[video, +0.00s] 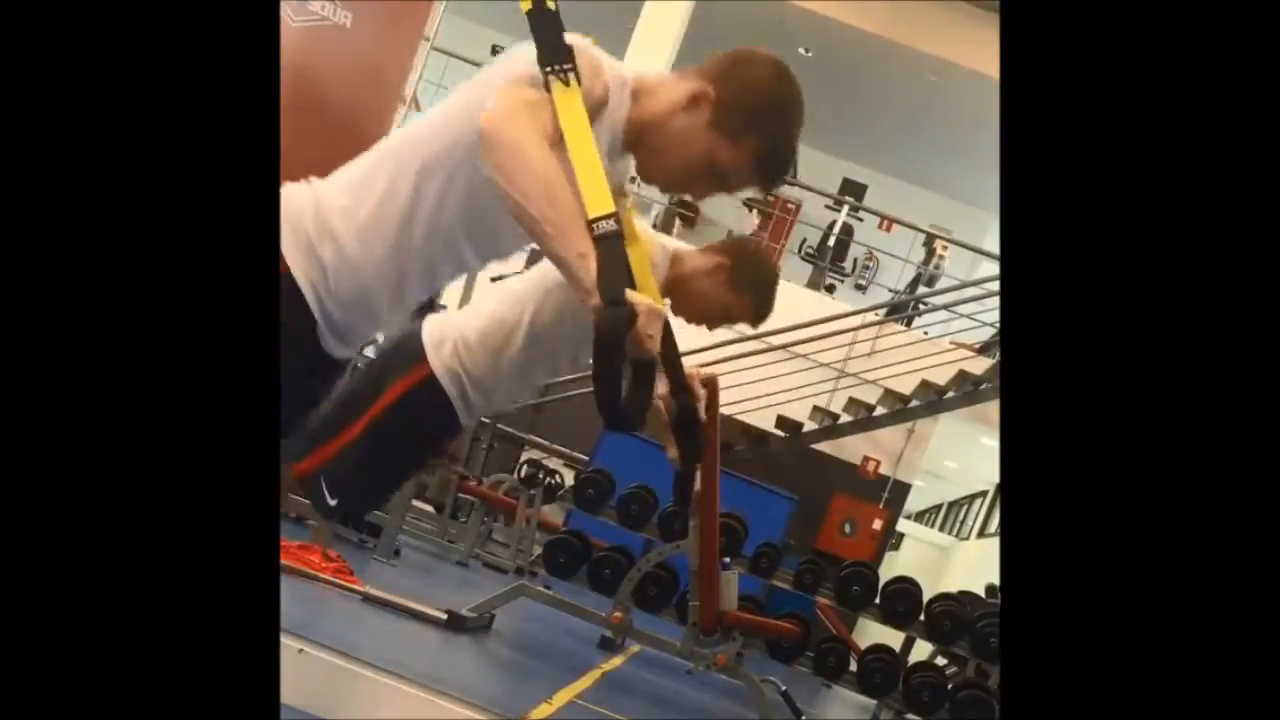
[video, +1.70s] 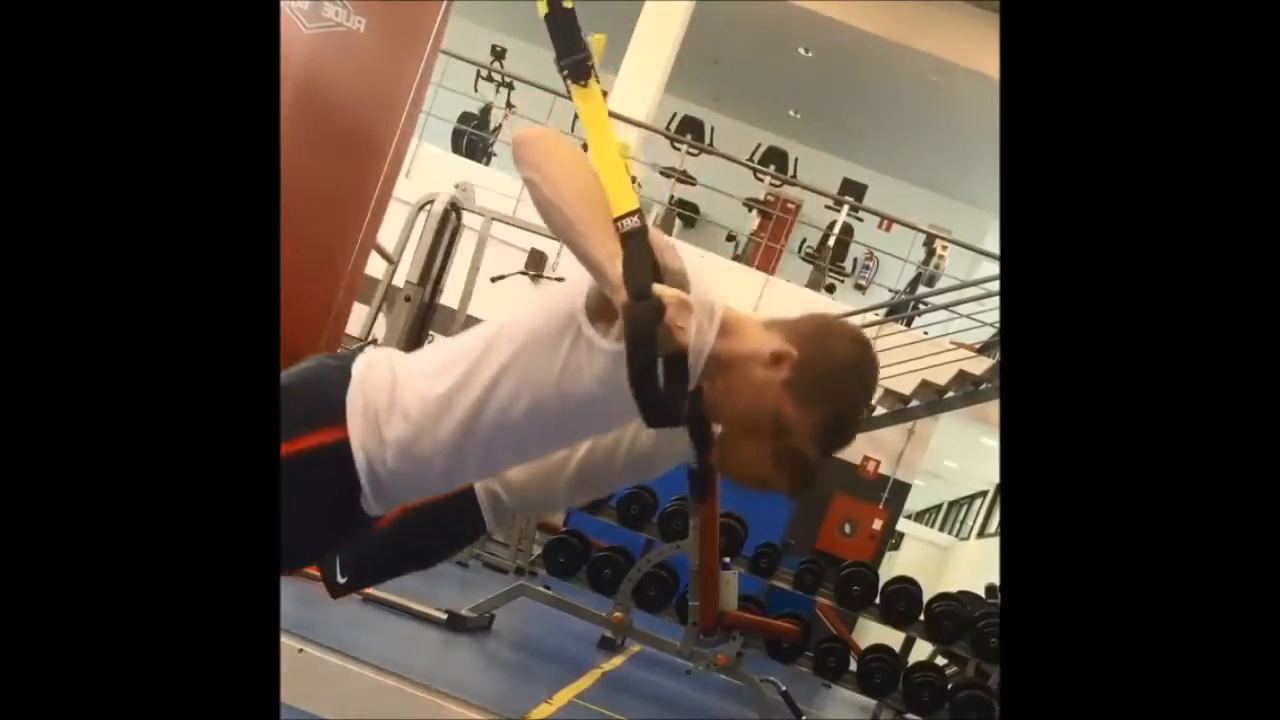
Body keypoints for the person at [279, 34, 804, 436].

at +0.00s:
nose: (700, 195)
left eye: (721, 189)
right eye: (715, 172)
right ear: (698, 104)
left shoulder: (610, 165)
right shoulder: (583, 69)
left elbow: (626, 273)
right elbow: (507, 134)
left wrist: (669, 380)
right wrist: (598, 286)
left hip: (336, 337)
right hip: (294, 273)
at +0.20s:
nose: (672, 141)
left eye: (691, 135)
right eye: (685, 118)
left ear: (660, 38)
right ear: (666, 37)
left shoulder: (577, 116)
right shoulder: (542, 21)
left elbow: (601, 235)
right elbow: (519, 148)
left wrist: (644, 325)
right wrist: (612, 294)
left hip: (323, 310)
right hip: (286, 251)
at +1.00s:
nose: (704, 208)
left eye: (722, 203)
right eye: (718, 189)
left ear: (696, 120)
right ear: (697, 121)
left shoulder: (615, 174)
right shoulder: (582, 84)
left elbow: (634, 266)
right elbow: (522, 141)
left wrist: (683, 352)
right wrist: (628, 271)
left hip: (341, 357)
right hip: (297, 298)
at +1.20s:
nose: (723, 277)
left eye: (744, 273)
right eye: (740, 259)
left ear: (726, 186)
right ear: (728, 190)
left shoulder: (652, 238)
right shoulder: (630, 149)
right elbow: (521, 117)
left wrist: (673, 356)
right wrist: (636, 271)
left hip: (355, 397)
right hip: (311, 333)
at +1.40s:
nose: (740, 341)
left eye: (759, 343)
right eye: (757, 327)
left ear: (751, 253)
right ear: (754, 257)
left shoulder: (658, 276)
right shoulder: (651, 212)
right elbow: (533, 122)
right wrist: (654, 274)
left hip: (361, 429)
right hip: (325, 376)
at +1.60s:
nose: (746, 404)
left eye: (766, 405)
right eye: (768, 392)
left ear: (774, 325)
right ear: (774, 330)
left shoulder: (683, 344)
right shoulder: (659, 251)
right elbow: (538, 130)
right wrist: (628, 266)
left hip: (365, 467)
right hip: (332, 414)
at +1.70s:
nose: (757, 475)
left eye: (778, 471)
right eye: (777, 456)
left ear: (778, 366)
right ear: (779, 371)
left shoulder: (702, 410)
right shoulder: (667, 283)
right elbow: (536, 145)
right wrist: (630, 283)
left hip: (367, 491)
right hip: (335, 436)